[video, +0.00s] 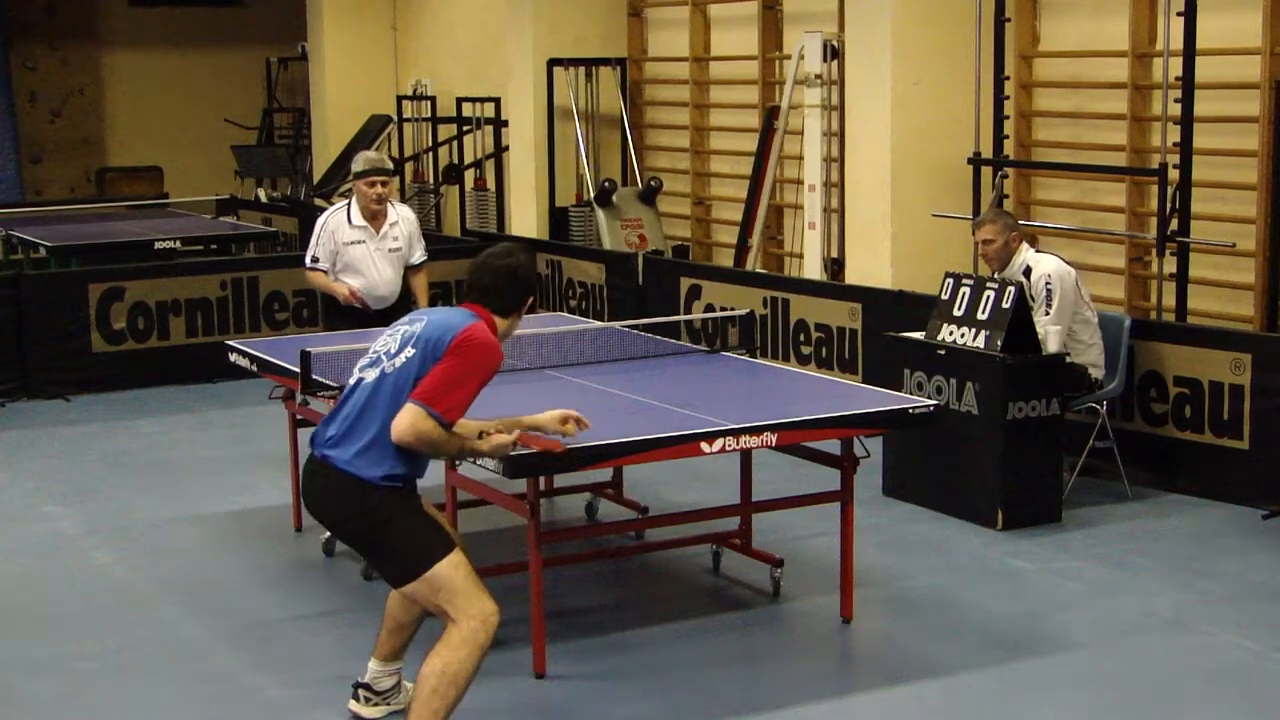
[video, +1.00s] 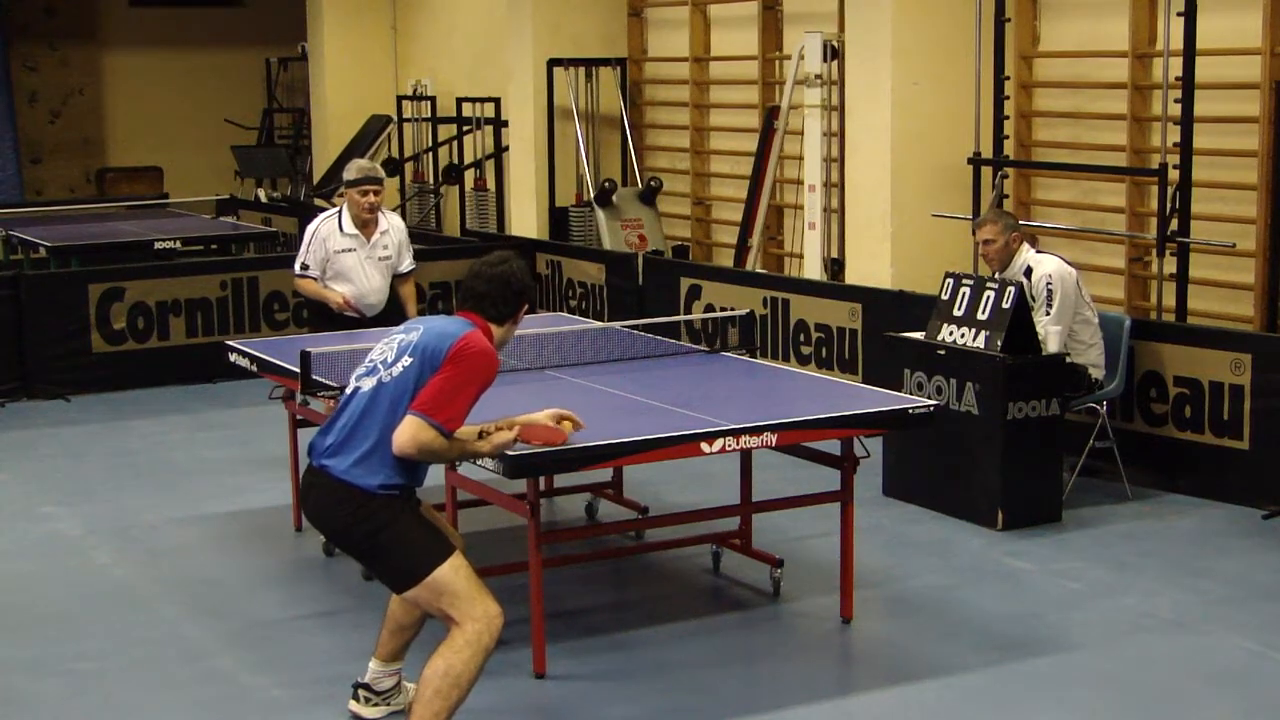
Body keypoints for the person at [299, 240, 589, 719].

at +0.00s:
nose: (529, 312)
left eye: (528, 301)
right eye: (531, 303)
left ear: (473, 287)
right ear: (524, 305)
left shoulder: (424, 318)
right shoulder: (480, 340)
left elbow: (439, 424)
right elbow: (409, 428)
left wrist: (534, 422)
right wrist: (474, 447)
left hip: (327, 471)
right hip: (364, 488)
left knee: (440, 549)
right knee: (477, 616)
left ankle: (379, 683)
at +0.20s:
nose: (523, 317)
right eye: (526, 307)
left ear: (468, 291)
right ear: (520, 308)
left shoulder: (422, 322)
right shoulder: (476, 344)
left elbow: (431, 427)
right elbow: (407, 434)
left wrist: (526, 423)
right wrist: (475, 445)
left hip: (325, 475)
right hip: (360, 492)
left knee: (441, 547)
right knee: (477, 617)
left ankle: (378, 684)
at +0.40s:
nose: (521, 322)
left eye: (521, 311)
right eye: (524, 312)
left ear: (466, 295)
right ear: (518, 311)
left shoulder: (420, 325)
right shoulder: (474, 348)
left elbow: (427, 428)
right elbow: (405, 437)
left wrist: (522, 423)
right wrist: (474, 447)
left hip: (324, 476)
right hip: (357, 494)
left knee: (443, 545)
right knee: (478, 617)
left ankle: (379, 684)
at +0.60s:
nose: (521, 323)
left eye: (521, 311)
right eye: (524, 312)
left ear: (467, 295)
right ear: (518, 312)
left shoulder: (421, 326)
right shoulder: (474, 348)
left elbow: (428, 430)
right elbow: (406, 438)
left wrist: (523, 422)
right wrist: (474, 446)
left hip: (324, 477)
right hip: (357, 495)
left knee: (444, 546)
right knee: (478, 618)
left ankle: (379, 684)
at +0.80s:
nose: (521, 323)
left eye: (521, 311)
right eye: (524, 312)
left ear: (467, 295)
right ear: (518, 311)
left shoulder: (421, 326)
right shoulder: (475, 348)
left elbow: (428, 429)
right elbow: (408, 438)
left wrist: (522, 423)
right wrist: (475, 446)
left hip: (324, 477)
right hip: (358, 495)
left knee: (444, 545)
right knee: (479, 618)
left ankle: (379, 684)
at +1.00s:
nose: (522, 324)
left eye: (522, 313)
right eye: (525, 314)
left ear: (467, 296)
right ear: (519, 313)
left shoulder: (420, 327)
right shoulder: (476, 349)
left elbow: (431, 433)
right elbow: (410, 440)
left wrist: (521, 424)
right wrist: (476, 447)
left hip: (325, 478)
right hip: (360, 497)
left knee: (445, 547)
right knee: (480, 619)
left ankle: (379, 684)